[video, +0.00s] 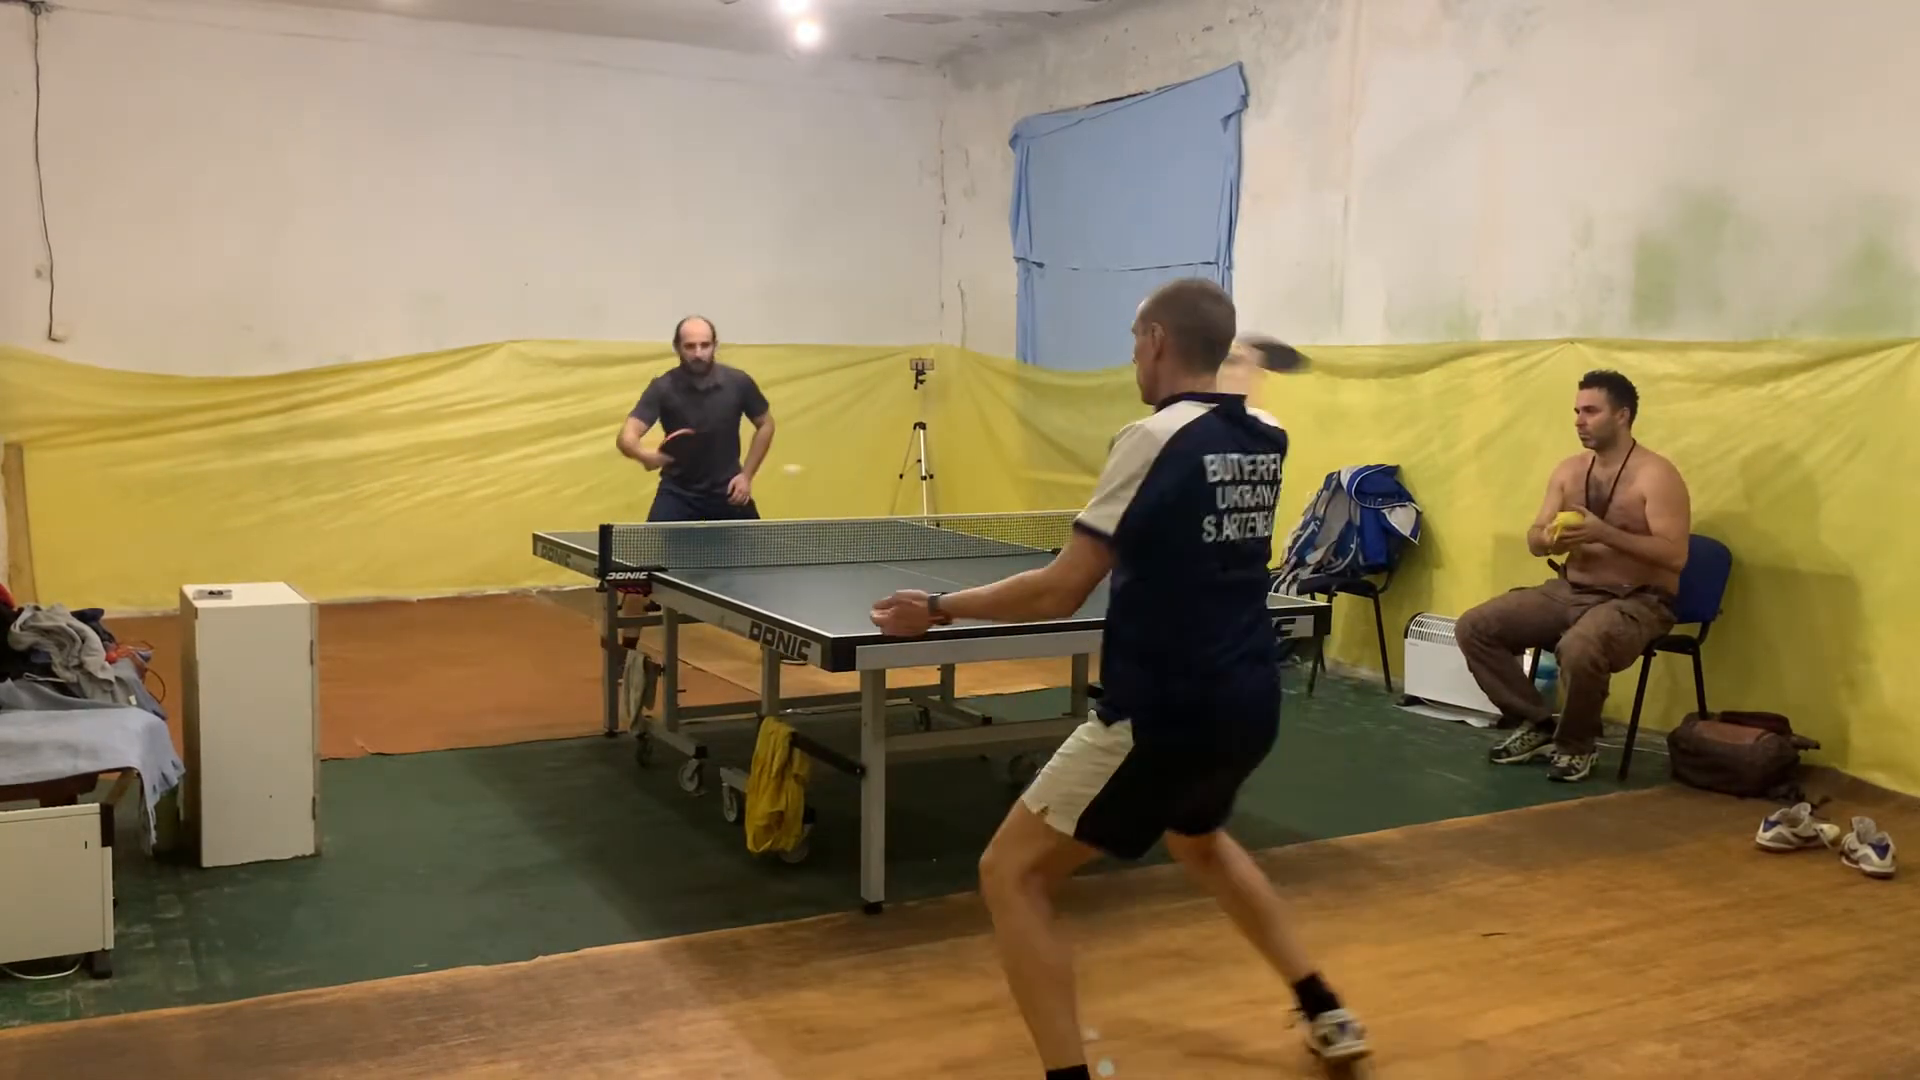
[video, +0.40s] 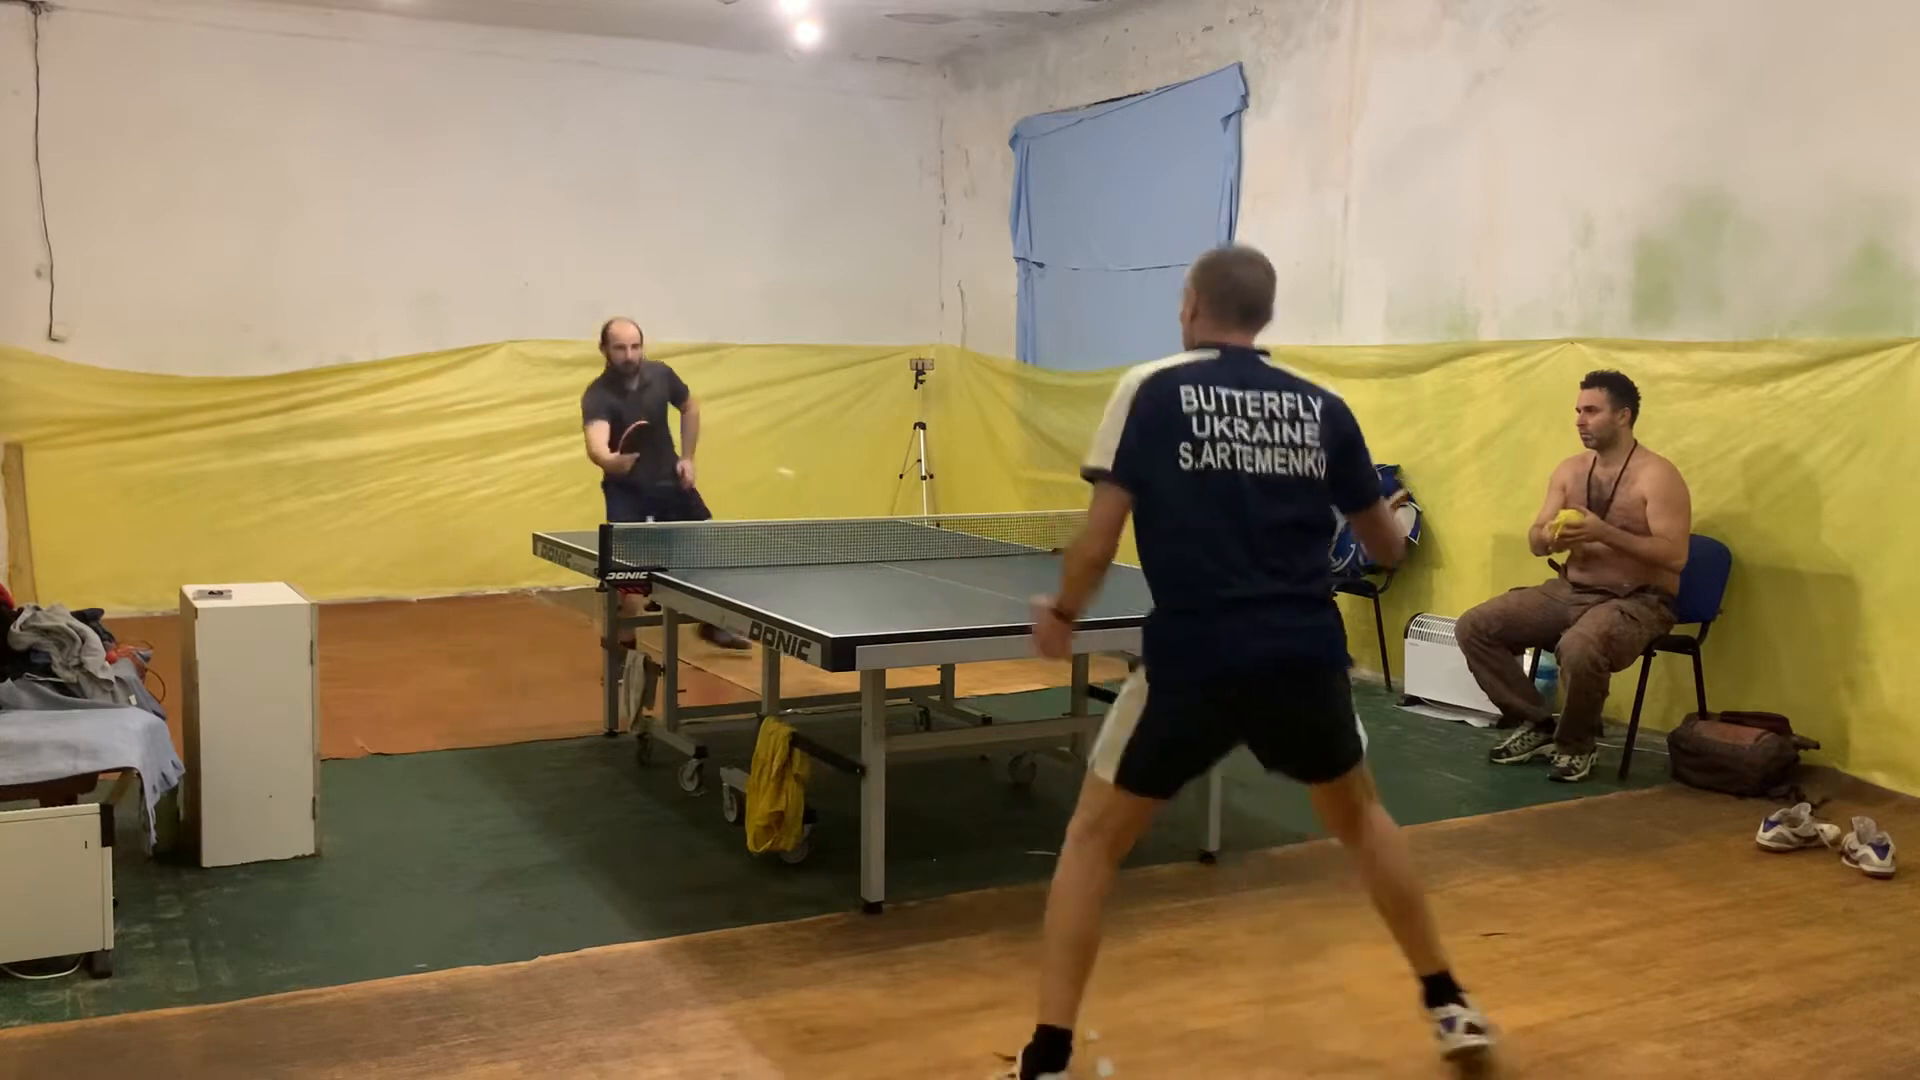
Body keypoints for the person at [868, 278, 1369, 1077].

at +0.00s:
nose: (1133, 360)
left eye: (1136, 344)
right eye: (1136, 344)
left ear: (1158, 344)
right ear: (1222, 352)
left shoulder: (1155, 438)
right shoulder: (1264, 438)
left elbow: (1062, 588)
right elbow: (1234, 404)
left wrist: (939, 609)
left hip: (1156, 714)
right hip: (1246, 704)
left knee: (1010, 870)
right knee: (1198, 835)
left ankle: (1069, 1071)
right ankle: (1324, 1009)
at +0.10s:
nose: (1134, 350)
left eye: (1137, 335)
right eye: (1137, 334)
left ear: (1155, 338)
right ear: (1220, 344)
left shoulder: (1140, 441)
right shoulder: (1274, 441)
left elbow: (1051, 581)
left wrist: (939, 611)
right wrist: (1327, 431)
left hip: (1146, 712)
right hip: (1242, 703)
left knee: (1015, 872)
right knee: (1200, 837)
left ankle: (1070, 1072)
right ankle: (1320, 1010)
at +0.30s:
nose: (1157, 289)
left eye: (1161, 276)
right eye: (1164, 275)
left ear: (1174, 284)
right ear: (1246, 295)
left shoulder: (1137, 371)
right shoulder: (1303, 386)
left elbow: (1077, 518)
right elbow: (1371, 506)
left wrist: (1011, 566)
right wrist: (1375, 480)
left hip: (1174, 653)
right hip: (1290, 648)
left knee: (1076, 835)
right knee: (1320, 804)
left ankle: (1063, 1055)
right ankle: (1376, 995)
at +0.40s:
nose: (1179, 313)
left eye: (1182, 300)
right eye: (1186, 299)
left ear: (1192, 309)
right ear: (1267, 321)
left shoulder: (1147, 390)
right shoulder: (1320, 406)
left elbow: (1098, 539)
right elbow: (1388, 546)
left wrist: (1061, 611)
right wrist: (1390, 516)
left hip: (1191, 666)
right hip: (1305, 663)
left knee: (1094, 841)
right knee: (1362, 817)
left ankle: (1046, 1059)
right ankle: (1448, 1002)